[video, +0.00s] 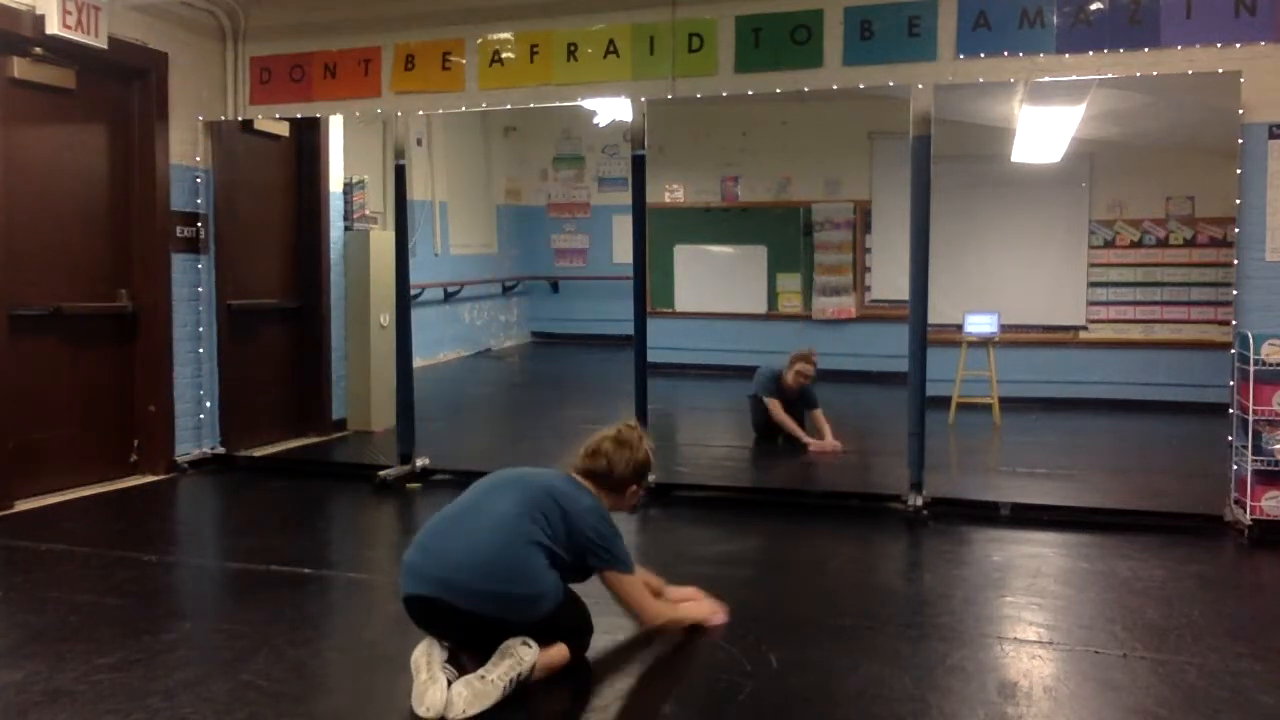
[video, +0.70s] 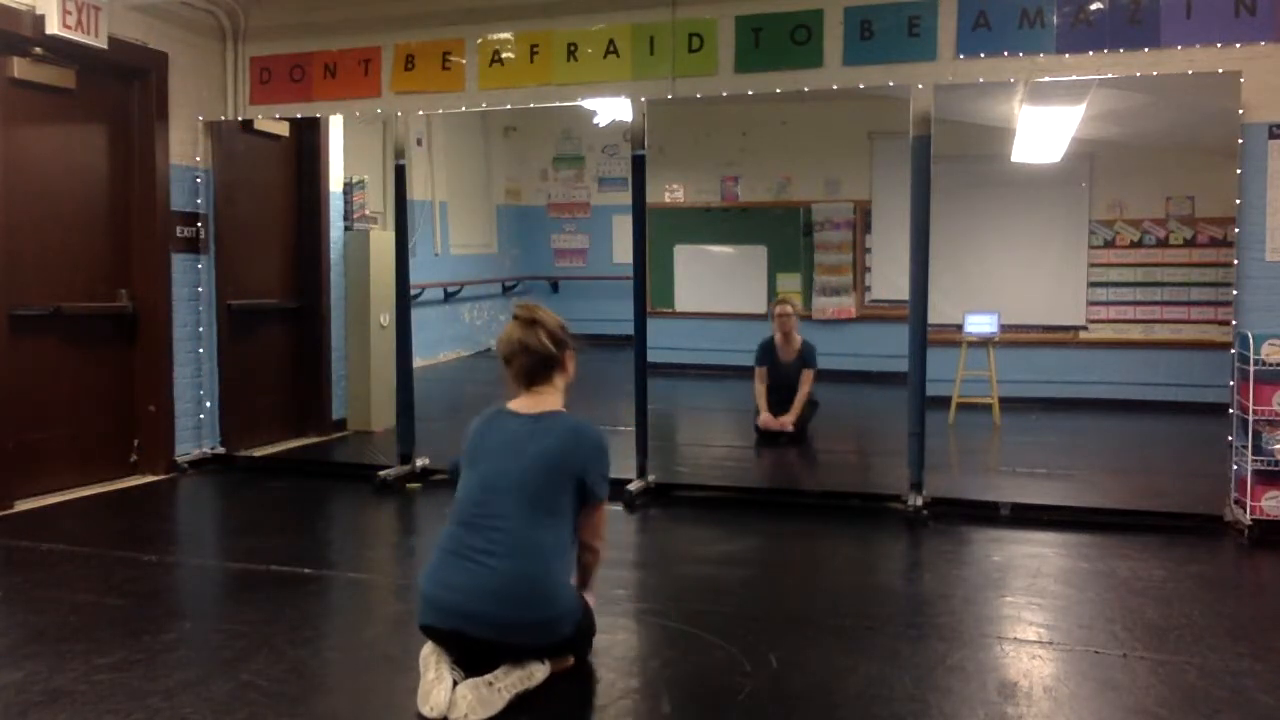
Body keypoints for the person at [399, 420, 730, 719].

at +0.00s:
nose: (642, 494)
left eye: (644, 486)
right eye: (643, 487)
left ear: (584, 464)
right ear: (630, 491)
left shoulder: (532, 483)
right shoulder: (590, 515)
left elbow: (606, 558)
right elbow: (649, 616)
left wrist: (667, 590)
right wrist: (691, 613)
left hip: (421, 583)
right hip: (504, 585)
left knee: (492, 645)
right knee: (574, 635)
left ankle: (439, 658)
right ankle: (519, 664)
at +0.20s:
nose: (633, 503)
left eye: (636, 496)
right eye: (635, 495)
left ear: (580, 468)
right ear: (625, 489)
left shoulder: (534, 487)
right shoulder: (597, 507)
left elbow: (632, 553)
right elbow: (659, 584)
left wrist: (678, 580)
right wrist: (705, 607)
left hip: (422, 578)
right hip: (504, 578)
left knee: (494, 644)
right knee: (572, 634)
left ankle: (444, 658)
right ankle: (522, 662)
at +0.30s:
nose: (629, 464)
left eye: (629, 455)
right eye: (627, 454)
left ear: (571, 446)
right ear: (613, 453)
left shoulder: (532, 477)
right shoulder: (597, 488)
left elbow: (623, 550)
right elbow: (652, 553)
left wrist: (678, 587)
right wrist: (707, 599)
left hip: (422, 584)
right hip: (508, 584)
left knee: (490, 648)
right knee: (573, 635)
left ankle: (441, 659)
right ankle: (519, 664)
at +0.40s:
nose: (614, 426)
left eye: (614, 416)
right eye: (614, 416)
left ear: (552, 417)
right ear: (604, 420)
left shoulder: (520, 457)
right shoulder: (596, 466)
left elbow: (607, 541)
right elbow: (649, 544)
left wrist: (652, 585)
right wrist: (684, 591)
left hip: (427, 583)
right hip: (512, 583)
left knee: (490, 647)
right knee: (574, 636)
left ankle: (445, 659)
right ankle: (522, 665)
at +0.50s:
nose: (601, 387)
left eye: (599, 379)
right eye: (599, 379)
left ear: (535, 391)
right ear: (590, 387)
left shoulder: (507, 437)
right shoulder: (592, 447)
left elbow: (560, 534)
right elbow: (631, 544)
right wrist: (649, 604)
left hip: (436, 586)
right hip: (523, 587)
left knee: (488, 649)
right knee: (576, 637)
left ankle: (444, 658)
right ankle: (529, 663)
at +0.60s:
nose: (588, 370)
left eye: (586, 361)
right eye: (586, 362)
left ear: (523, 373)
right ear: (578, 369)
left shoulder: (493, 425)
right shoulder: (589, 442)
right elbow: (608, 544)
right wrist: (611, 603)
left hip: (441, 595)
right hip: (528, 599)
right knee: (575, 643)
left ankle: (444, 660)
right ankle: (511, 674)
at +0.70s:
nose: (575, 362)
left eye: (573, 353)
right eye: (573, 353)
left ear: (511, 368)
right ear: (566, 362)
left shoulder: (480, 427)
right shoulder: (584, 438)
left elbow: (468, 515)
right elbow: (591, 546)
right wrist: (578, 593)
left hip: (442, 612)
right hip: (533, 617)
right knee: (581, 623)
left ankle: (449, 675)